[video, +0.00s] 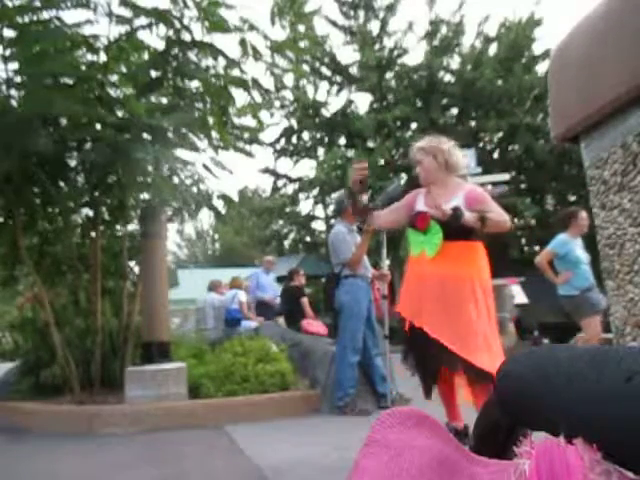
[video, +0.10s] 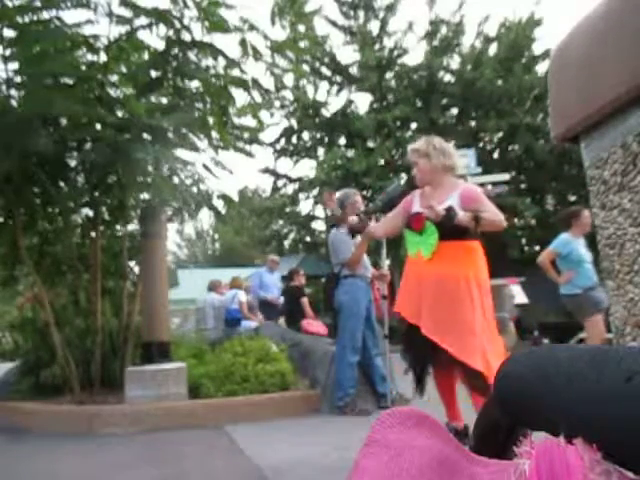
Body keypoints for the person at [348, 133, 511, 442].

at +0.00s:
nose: (417, 170)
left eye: (421, 163)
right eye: (416, 164)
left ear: (440, 161)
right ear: (425, 166)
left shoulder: (470, 193)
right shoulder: (416, 199)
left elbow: (503, 222)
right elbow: (376, 221)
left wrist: (466, 218)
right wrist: (358, 196)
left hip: (466, 290)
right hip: (427, 290)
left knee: (476, 358)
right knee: (440, 359)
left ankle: (490, 424)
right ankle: (455, 424)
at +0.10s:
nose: (413, 170)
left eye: (417, 163)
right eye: (412, 164)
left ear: (437, 162)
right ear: (420, 166)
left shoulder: (465, 192)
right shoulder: (413, 199)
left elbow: (499, 221)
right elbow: (384, 230)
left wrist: (464, 219)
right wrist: (366, 225)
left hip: (464, 285)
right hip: (427, 285)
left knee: (470, 354)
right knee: (440, 356)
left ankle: (490, 424)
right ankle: (454, 422)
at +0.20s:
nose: (408, 169)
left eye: (413, 162)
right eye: (407, 164)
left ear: (432, 162)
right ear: (413, 166)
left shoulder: (462, 190)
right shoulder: (410, 200)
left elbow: (496, 220)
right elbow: (381, 233)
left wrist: (461, 217)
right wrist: (357, 237)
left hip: (463, 284)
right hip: (426, 285)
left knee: (467, 356)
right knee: (440, 356)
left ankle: (489, 423)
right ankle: (454, 422)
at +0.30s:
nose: (404, 168)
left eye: (409, 161)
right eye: (403, 163)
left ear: (430, 159)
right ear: (410, 166)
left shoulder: (460, 188)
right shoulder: (407, 200)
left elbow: (493, 216)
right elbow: (382, 236)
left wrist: (460, 213)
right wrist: (361, 245)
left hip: (462, 284)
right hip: (426, 285)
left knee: (465, 357)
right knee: (440, 356)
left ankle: (489, 424)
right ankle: (455, 421)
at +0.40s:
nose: (400, 167)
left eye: (404, 159)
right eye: (399, 161)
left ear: (424, 158)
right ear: (411, 164)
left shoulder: (455, 186)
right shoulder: (405, 201)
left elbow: (490, 211)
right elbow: (389, 238)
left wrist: (457, 211)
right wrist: (370, 259)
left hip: (461, 282)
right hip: (423, 286)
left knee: (465, 360)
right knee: (433, 358)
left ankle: (490, 423)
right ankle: (454, 421)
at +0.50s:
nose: (391, 168)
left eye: (394, 160)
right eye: (389, 162)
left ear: (416, 158)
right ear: (398, 165)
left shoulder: (446, 185)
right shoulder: (399, 201)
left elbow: (483, 212)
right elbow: (393, 246)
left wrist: (439, 215)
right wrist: (381, 273)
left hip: (458, 287)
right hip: (419, 292)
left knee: (466, 366)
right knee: (417, 360)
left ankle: (491, 425)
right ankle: (448, 421)